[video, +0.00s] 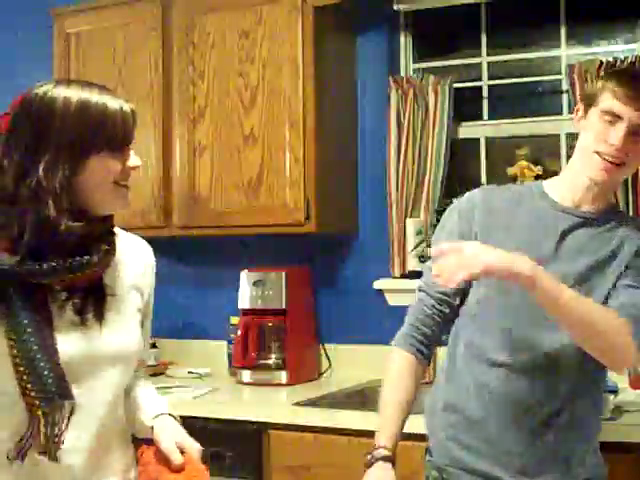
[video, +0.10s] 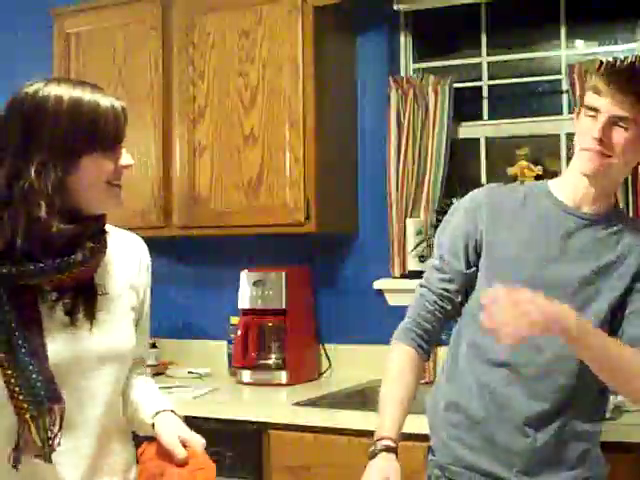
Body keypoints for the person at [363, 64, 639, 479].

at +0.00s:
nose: (619, 141)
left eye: (637, 132)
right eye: (611, 118)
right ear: (580, 116)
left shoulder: (629, 244)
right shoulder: (477, 211)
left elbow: (629, 357)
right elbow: (416, 337)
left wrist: (526, 272)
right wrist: (381, 456)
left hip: (566, 469)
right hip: (459, 463)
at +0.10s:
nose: (600, 133)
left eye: (621, 125)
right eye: (592, 114)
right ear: (575, 119)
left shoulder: (630, 251)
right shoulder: (484, 210)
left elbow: (634, 384)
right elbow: (417, 331)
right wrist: (384, 449)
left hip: (566, 469)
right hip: (460, 461)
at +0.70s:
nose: (604, 140)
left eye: (626, 131)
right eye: (599, 122)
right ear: (587, 124)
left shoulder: (634, 262)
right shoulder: (505, 198)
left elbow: (637, 375)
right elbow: (411, 287)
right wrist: (390, 362)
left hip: (572, 466)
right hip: (472, 458)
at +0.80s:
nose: (612, 142)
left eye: (633, 132)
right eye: (606, 124)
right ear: (592, 127)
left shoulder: (635, 264)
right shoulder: (512, 195)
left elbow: (638, 372)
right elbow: (406, 278)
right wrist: (386, 361)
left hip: (573, 465)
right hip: (472, 458)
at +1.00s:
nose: (624, 142)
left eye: (639, 131)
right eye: (614, 123)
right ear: (594, 129)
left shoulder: (632, 265)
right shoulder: (511, 199)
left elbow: (637, 374)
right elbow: (406, 284)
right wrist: (378, 384)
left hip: (579, 466)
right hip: (484, 459)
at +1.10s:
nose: (622, 139)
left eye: (637, 128)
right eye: (613, 121)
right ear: (590, 125)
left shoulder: (632, 261)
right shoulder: (509, 199)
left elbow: (635, 380)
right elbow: (408, 293)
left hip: (582, 462)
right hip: (490, 456)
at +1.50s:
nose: (633, 150)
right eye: (620, 129)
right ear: (582, 128)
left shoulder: (622, 257)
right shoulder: (513, 200)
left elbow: (631, 383)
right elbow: (443, 327)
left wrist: (631, 462)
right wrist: (569, 286)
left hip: (583, 458)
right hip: (490, 457)